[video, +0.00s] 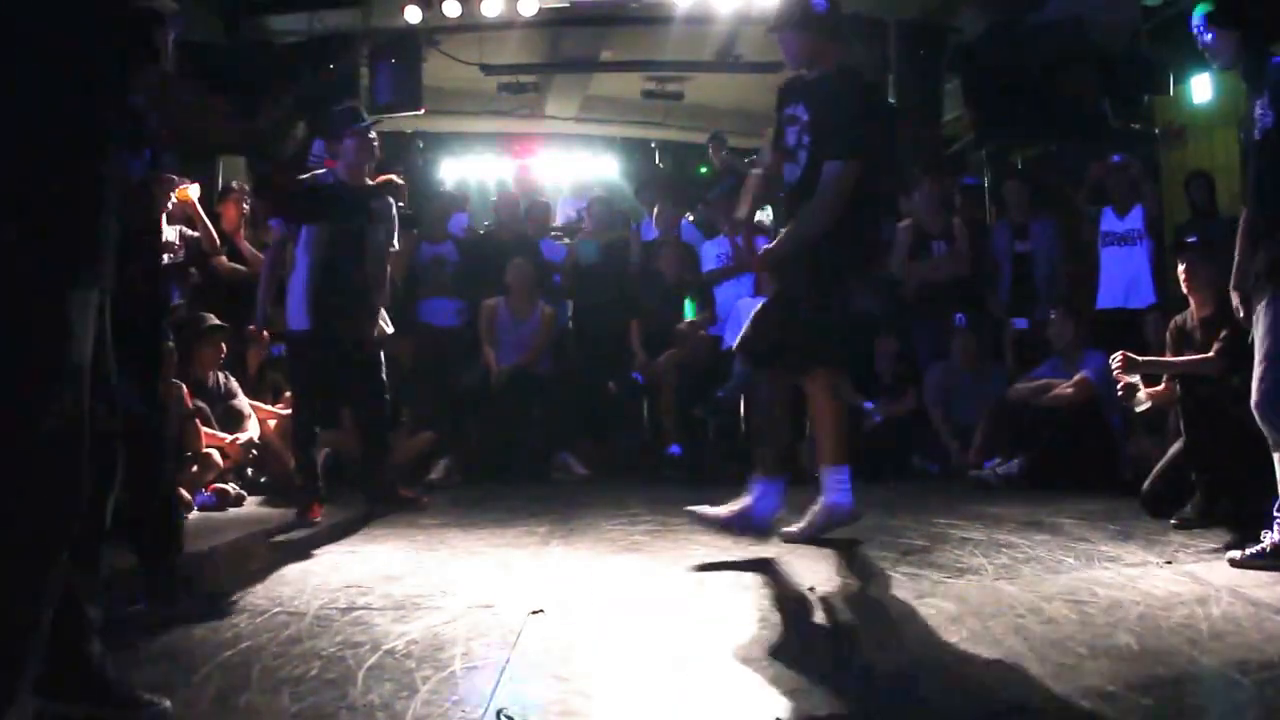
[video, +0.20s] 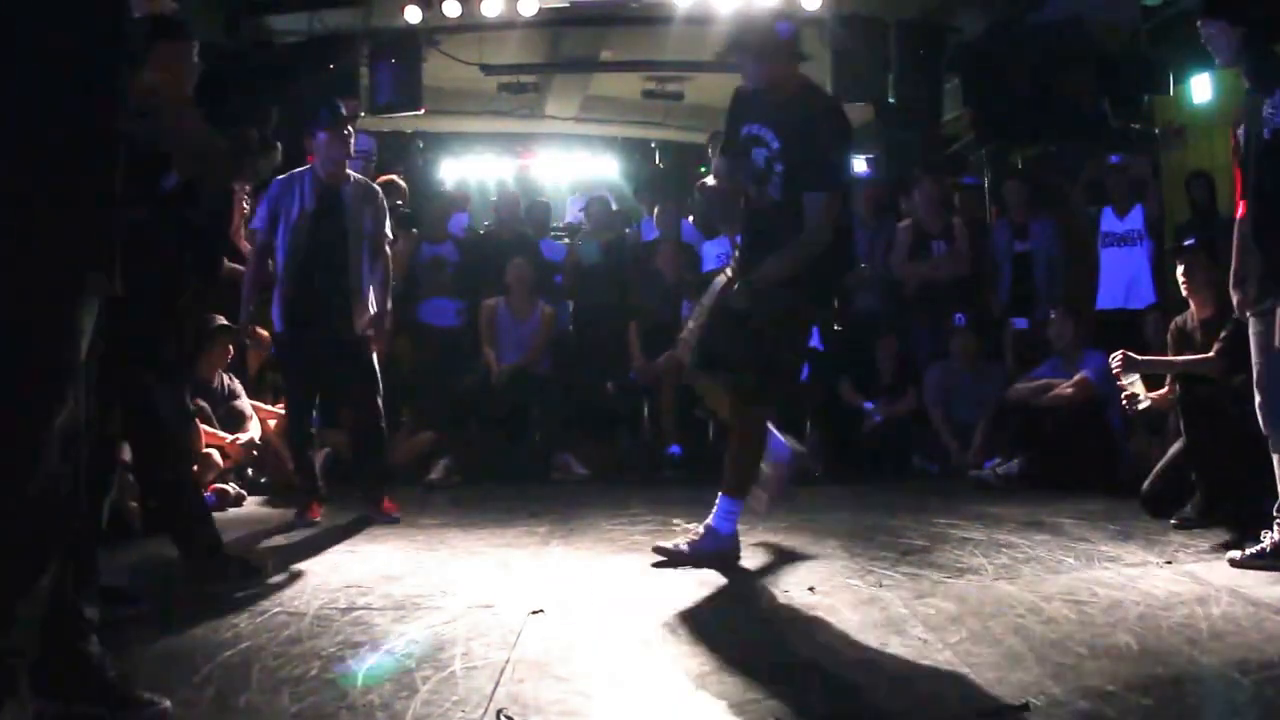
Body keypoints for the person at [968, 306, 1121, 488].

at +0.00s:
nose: (1050, 331)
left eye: (1056, 325)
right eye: (1050, 325)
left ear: (1073, 327)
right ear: (1049, 330)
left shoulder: (1095, 360)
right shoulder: (1054, 362)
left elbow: (1073, 393)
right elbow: (1013, 392)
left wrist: (1033, 400)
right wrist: (1054, 383)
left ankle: (1021, 464)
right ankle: (1001, 459)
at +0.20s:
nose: (1054, 332)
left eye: (1060, 325)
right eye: (1052, 326)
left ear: (1074, 327)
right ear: (1048, 331)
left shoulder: (1095, 360)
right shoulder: (1055, 362)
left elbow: (1074, 393)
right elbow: (1012, 393)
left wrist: (1034, 401)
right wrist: (1053, 383)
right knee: (1020, 404)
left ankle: (1021, 463)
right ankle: (1003, 458)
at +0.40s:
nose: (1054, 332)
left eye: (1060, 325)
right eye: (1052, 326)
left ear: (1075, 329)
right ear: (1048, 332)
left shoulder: (1095, 361)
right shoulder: (1054, 363)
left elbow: (1074, 393)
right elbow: (1012, 393)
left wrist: (1034, 400)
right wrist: (1056, 383)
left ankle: (1022, 463)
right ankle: (1003, 458)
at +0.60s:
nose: (1056, 332)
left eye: (1062, 326)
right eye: (1053, 326)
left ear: (1076, 329)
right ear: (1048, 331)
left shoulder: (1094, 362)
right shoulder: (1054, 363)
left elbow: (1074, 393)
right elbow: (1012, 393)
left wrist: (1036, 401)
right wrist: (1054, 384)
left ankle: (1022, 463)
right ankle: (1004, 458)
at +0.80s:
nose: (1055, 333)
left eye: (1061, 326)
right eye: (1053, 327)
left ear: (1076, 330)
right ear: (1048, 331)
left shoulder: (1095, 362)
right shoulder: (1054, 363)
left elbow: (1070, 395)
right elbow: (1012, 393)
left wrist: (1034, 399)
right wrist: (1054, 384)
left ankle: (1021, 464)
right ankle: (1002, 459)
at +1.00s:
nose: (1053, 333)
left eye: (1059, 326)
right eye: (1052, 327)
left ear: (1076, 330)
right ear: (1049, 332)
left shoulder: (1095, 362)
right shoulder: (1054, 364)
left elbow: (1073, 393)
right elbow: (1012, 393)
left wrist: (1035, 399)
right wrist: (1058, 383)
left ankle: (1020, 465)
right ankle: (1000, 460)